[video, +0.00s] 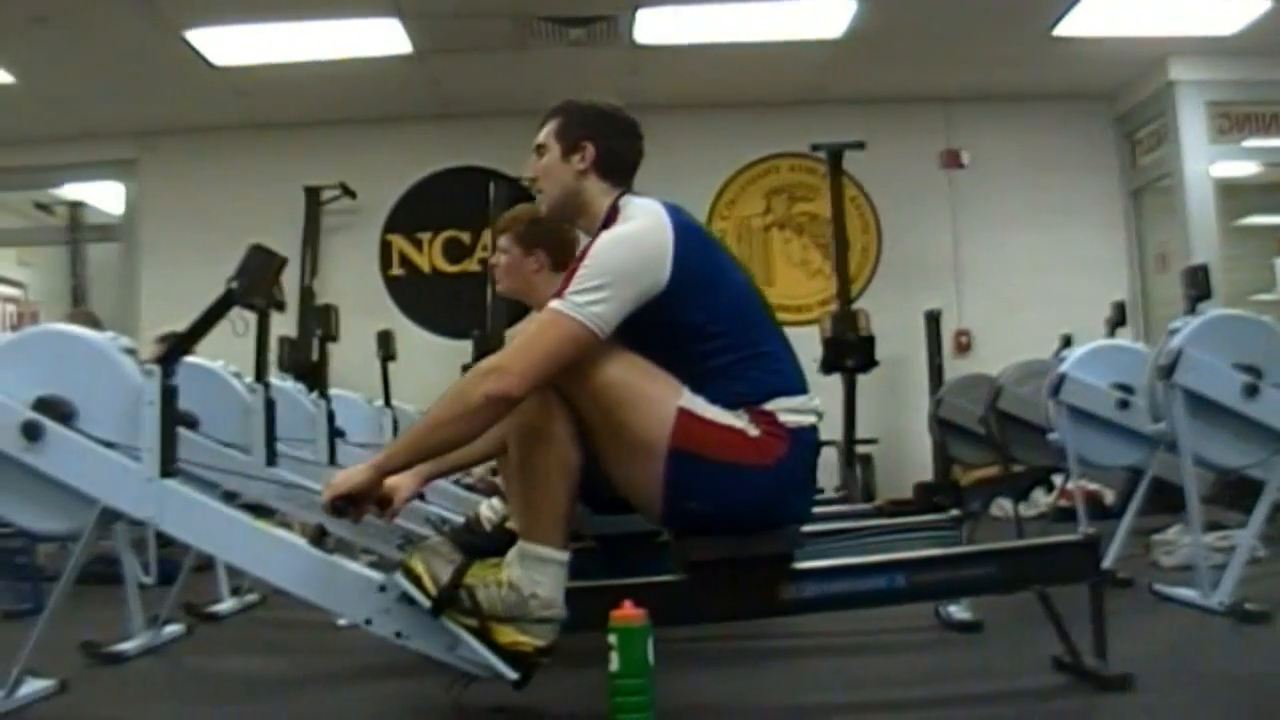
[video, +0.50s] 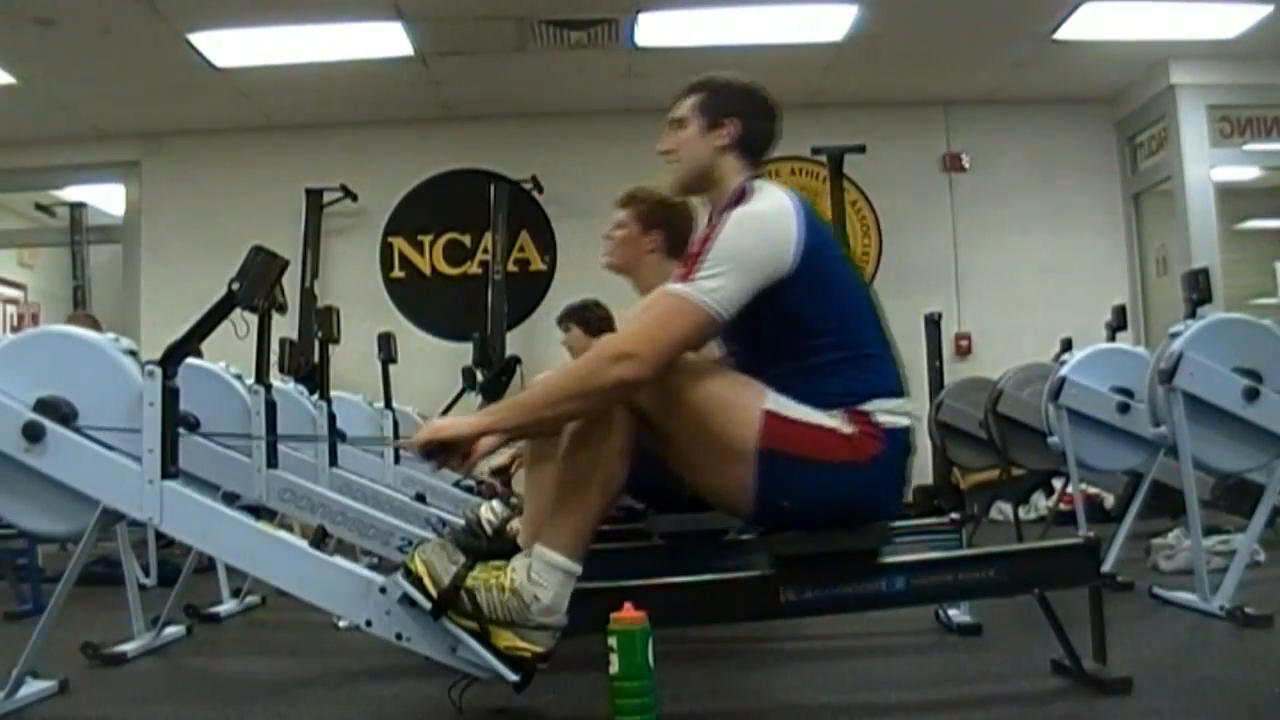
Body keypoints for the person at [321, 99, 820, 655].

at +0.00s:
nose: (529, 171)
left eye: (541, 154)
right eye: (532, 155)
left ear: (583, 158)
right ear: (588, 162)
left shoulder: (640, 233)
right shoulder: (621, 240)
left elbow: (506, 383)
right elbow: (523, 403)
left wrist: (377, 466)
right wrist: (416, 474)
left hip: (759, 460)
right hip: (741, 455)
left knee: (550, 360)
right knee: (545, 363)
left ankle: (534, 586)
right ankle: (533, 575)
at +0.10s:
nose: (528, 172)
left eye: (540, 154)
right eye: (532, 155)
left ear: (581, 161)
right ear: (586, 165)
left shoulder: (636, 238)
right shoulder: (623, 242)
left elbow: (493, 379)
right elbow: (512, 403)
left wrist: (362, 458)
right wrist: (401, 470)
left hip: (755, 463)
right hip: (739, 458)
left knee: (551, 362)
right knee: (541, 364)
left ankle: (535, 587)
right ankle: (533, 571)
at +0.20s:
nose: (541, 170)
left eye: (554, 151)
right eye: (546, 153)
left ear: (596, 157)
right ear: (597, 161)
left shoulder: (647, 234)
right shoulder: (629, 241)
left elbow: (502, 377)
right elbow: (518, 397)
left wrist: (364, 447)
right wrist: (405, 462)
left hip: (765, 463)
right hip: (741, 458)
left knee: (557, 359)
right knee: (545, 368)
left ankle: (536, 589)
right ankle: (531, 572)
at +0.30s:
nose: (573, 160)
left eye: (587, 143)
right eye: (578, 143)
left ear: (631, 150)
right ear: (631, 154)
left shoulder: (676, 228)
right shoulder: (658, 234)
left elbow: (545, 378)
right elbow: (548, 383)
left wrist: (398, 443)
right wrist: (426, 461)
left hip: (785, 463)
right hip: (761, 454)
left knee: (572, 352)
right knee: (566, 359)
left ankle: (539, 585)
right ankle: (526, 543)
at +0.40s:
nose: (615, 150)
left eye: (631, 134)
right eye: (620, 134)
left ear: (678, 143)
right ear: (677, 148)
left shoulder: (719, 223)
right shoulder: (696, 230)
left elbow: (589, 371)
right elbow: (584, 371)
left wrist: (444, 438)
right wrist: (457, 449)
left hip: (818, 459)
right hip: (784, 451)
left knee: (596, 358)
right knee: (580, 363)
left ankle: (540, 592)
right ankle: (529, 582)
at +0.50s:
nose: (662, 144)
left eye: (678, 128)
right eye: (667, 129)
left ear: (725, 135)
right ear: (723, 138)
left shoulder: (765, 216)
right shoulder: (728, 225)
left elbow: (629, 360)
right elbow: (628, 357)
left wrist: (482, 422)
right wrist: (494, 431)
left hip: (854, 453)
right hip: (811, 445)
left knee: (631, 370)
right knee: (613, 377)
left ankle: (540, 594)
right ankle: (531, 581)